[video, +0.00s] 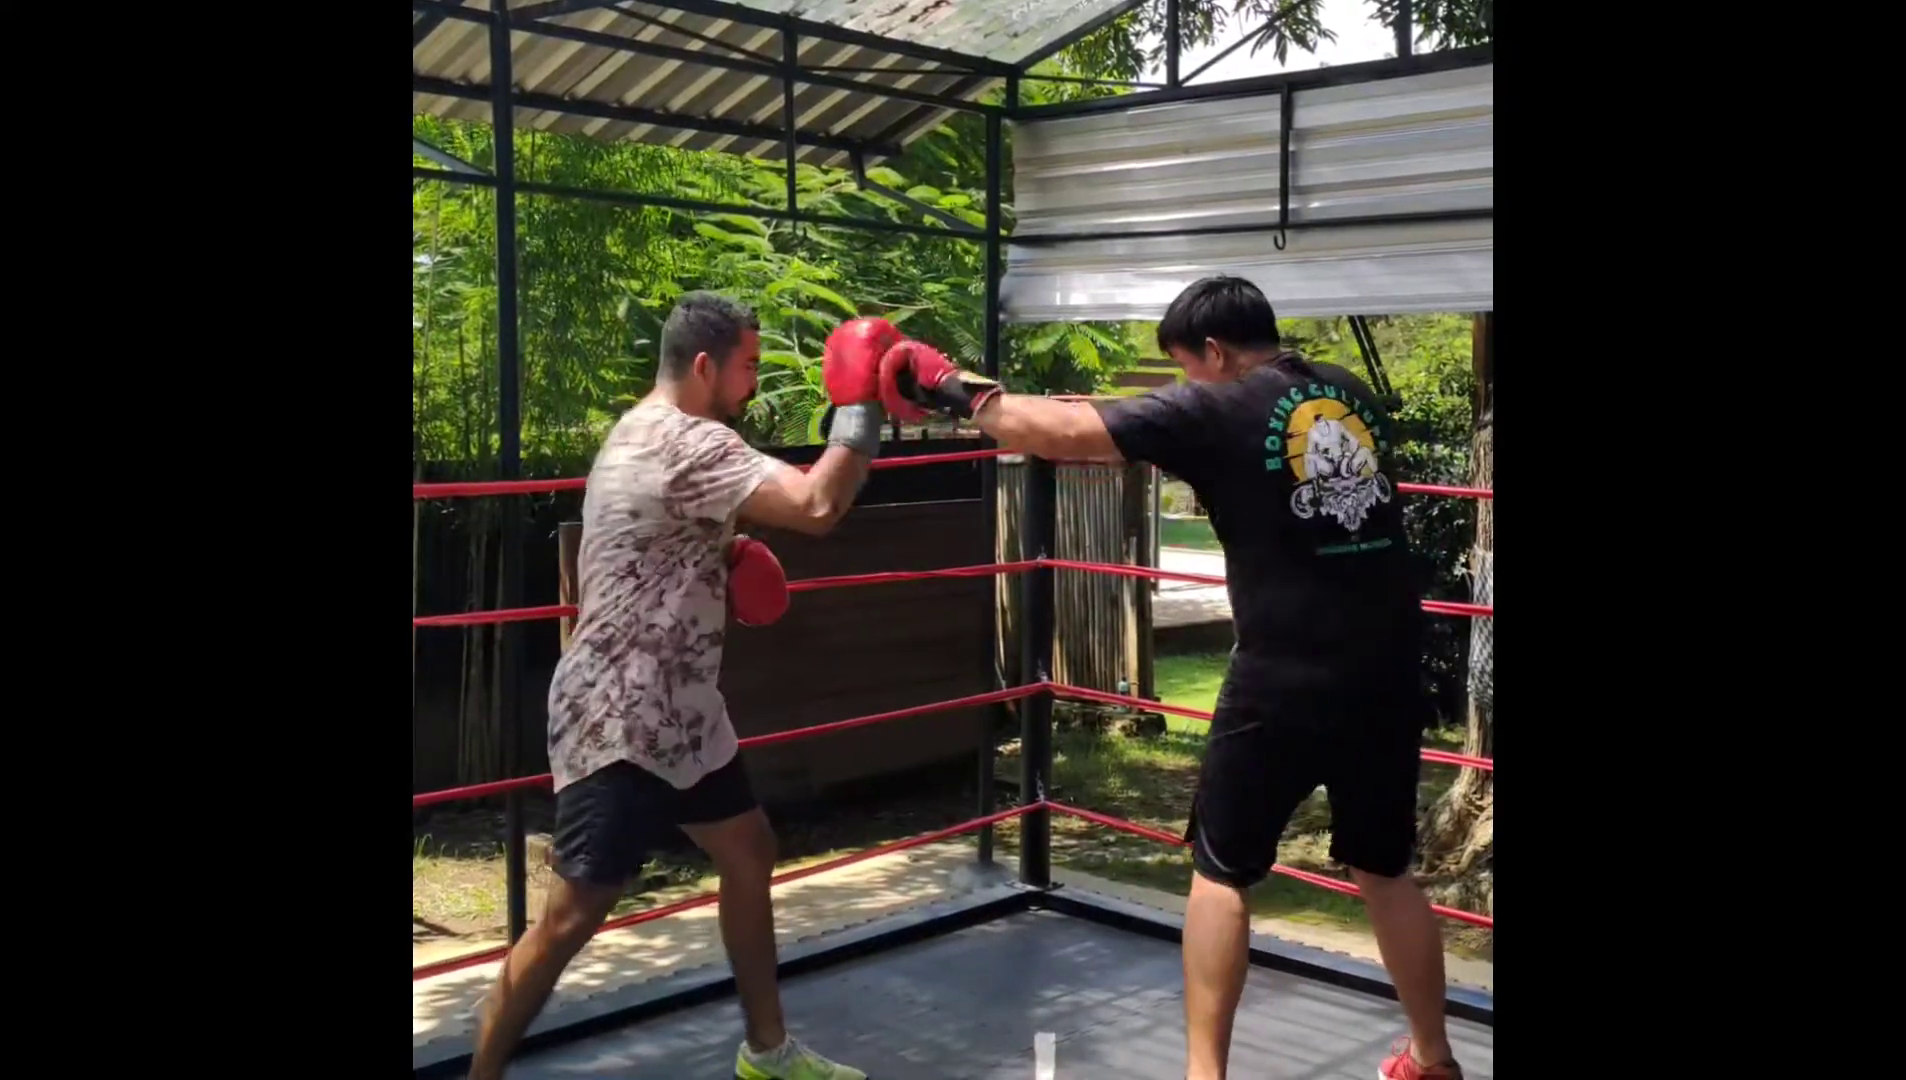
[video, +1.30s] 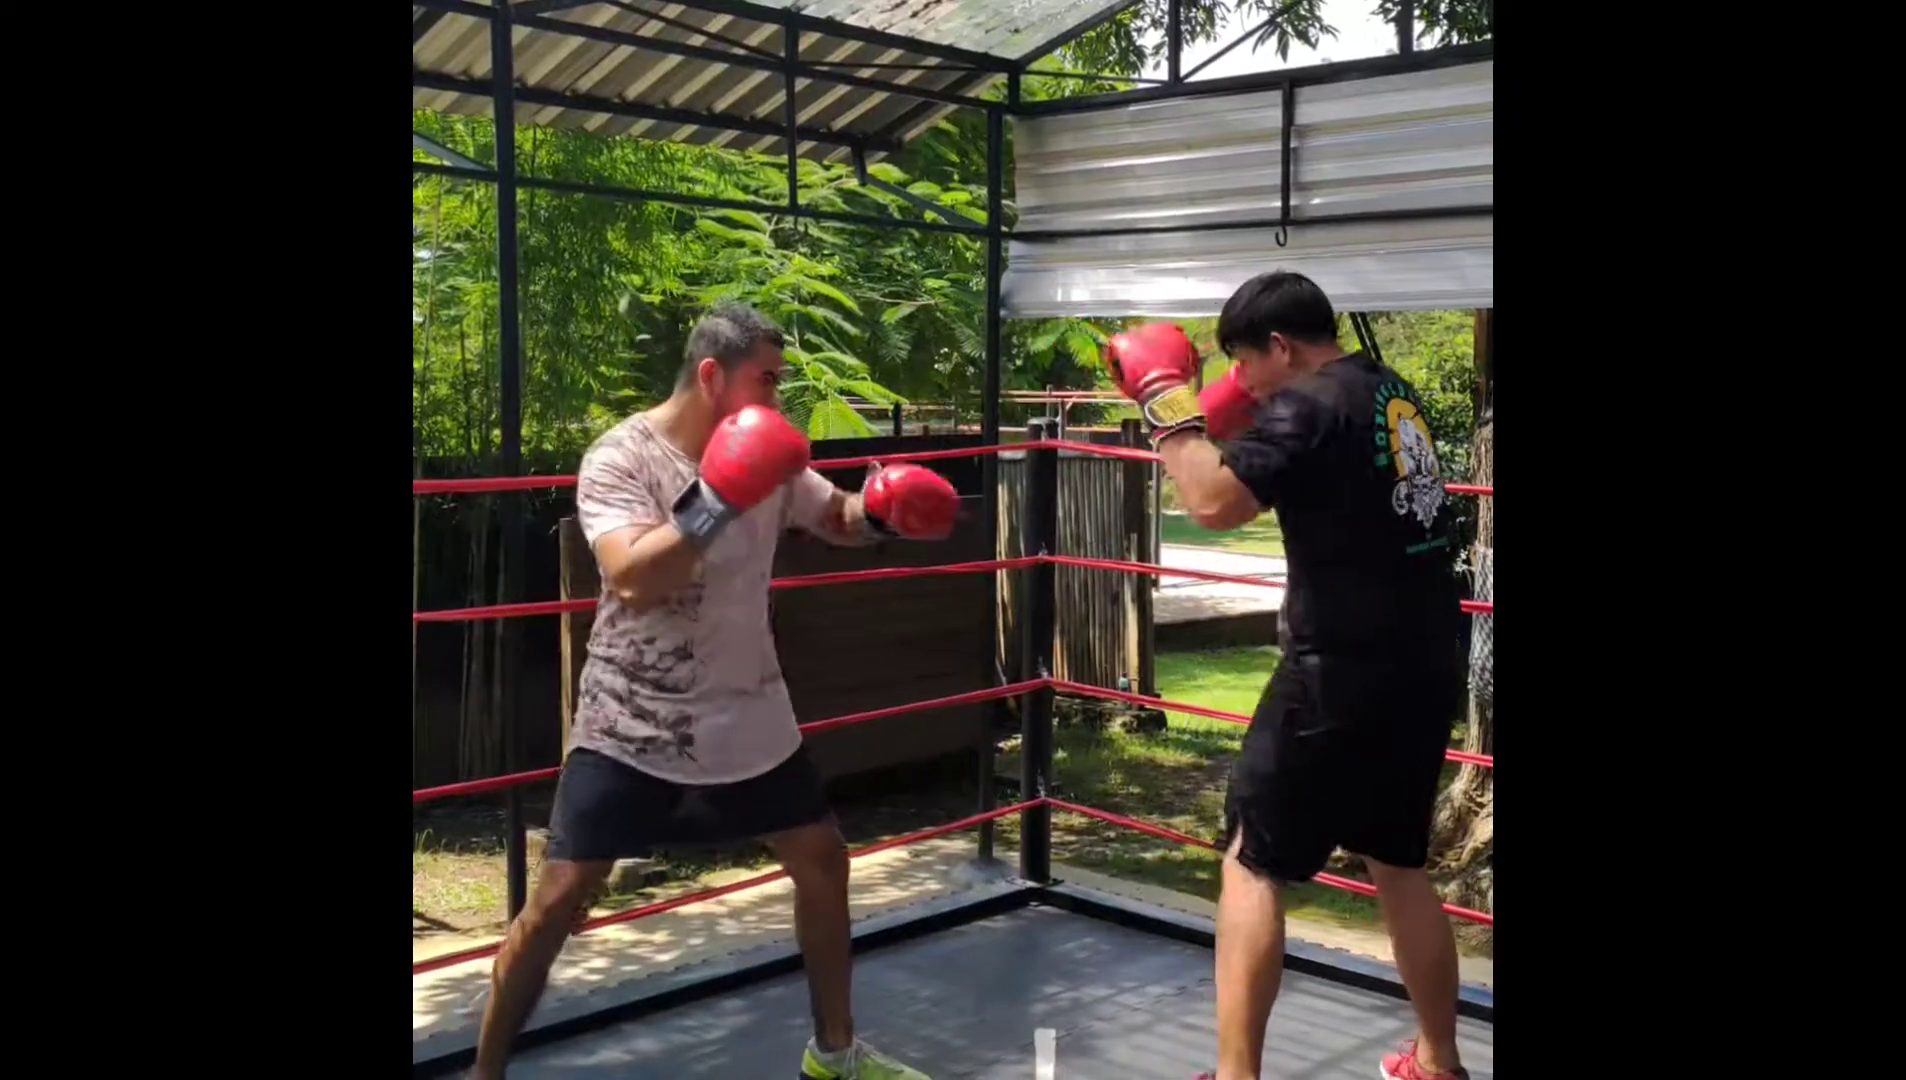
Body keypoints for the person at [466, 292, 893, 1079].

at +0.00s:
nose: (755, 383)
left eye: (757, 366)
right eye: (750, 365)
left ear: (688, 363)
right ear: (707, 363)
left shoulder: (644, 432)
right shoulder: (686, 444)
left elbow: (619, 564)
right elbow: (816, 507)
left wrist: (717, 570)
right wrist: (859, 404)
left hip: (677, 708)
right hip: (621, 713)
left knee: (747, 852)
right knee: (567, 918)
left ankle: (769, 1048)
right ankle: (482, 1071)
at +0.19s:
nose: (743, 379)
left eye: (744, 364)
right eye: (736, 362)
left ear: (678, 364)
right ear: (692, 362)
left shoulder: (644, 440)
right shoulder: (654, 454)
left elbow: (607, 577)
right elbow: (769, 542)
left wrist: (720, 583)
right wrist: (788, 450)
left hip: (685, 719)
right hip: (629, 726)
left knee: (758, 850)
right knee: (582, 923)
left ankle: (770, 1046)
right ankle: (489, 1072)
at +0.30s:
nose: (732, 377)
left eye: (735, 361)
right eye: (725, 359)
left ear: (673, 361)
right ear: (679, 358)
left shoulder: (683, 453)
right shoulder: (609, 454)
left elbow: (710, 574)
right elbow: (704, 570)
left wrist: (718, 594)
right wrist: (745, 477)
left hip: (678, 715)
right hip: (595, 723)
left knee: (734, 856)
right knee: (555, 919)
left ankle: (768, 1046)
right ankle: (479, 1072)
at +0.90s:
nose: (702, 411)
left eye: (708, 395)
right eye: (698, 392)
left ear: (651, 386)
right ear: (648, 382)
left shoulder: (647, 473)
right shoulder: (555, 482)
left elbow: (639, 591)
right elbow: (635, 605)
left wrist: (689, 605)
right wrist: (698, 507)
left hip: (666, 727)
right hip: (575, 744)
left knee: (758, 868)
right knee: (547, 944)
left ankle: (823, 1045)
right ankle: (474, 1073)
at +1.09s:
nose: (772, 393)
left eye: (776, 379)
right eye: (763, 377)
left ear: (725, 374)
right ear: (709, 370)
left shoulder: (763, 453)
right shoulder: (612, 454)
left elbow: (867, 440)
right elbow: (632, 562)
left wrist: (947, 413)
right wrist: (718, 483)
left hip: (731, 724)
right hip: (617, 732)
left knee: (812, 860)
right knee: (556, 916)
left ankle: (834, 1050)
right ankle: (482, 1072)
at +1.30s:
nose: (778, 397)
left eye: (781, 381)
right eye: (767, 379)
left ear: (726, 378)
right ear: (709, 374)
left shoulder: (766, 460)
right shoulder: (619, 458)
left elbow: (837, 515)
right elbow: (631, 579)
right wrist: (720, 497)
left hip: (750, 719)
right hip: (629, 723)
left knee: (823, 863)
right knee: (558, 903)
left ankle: (835, 1050)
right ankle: (486, 1070)